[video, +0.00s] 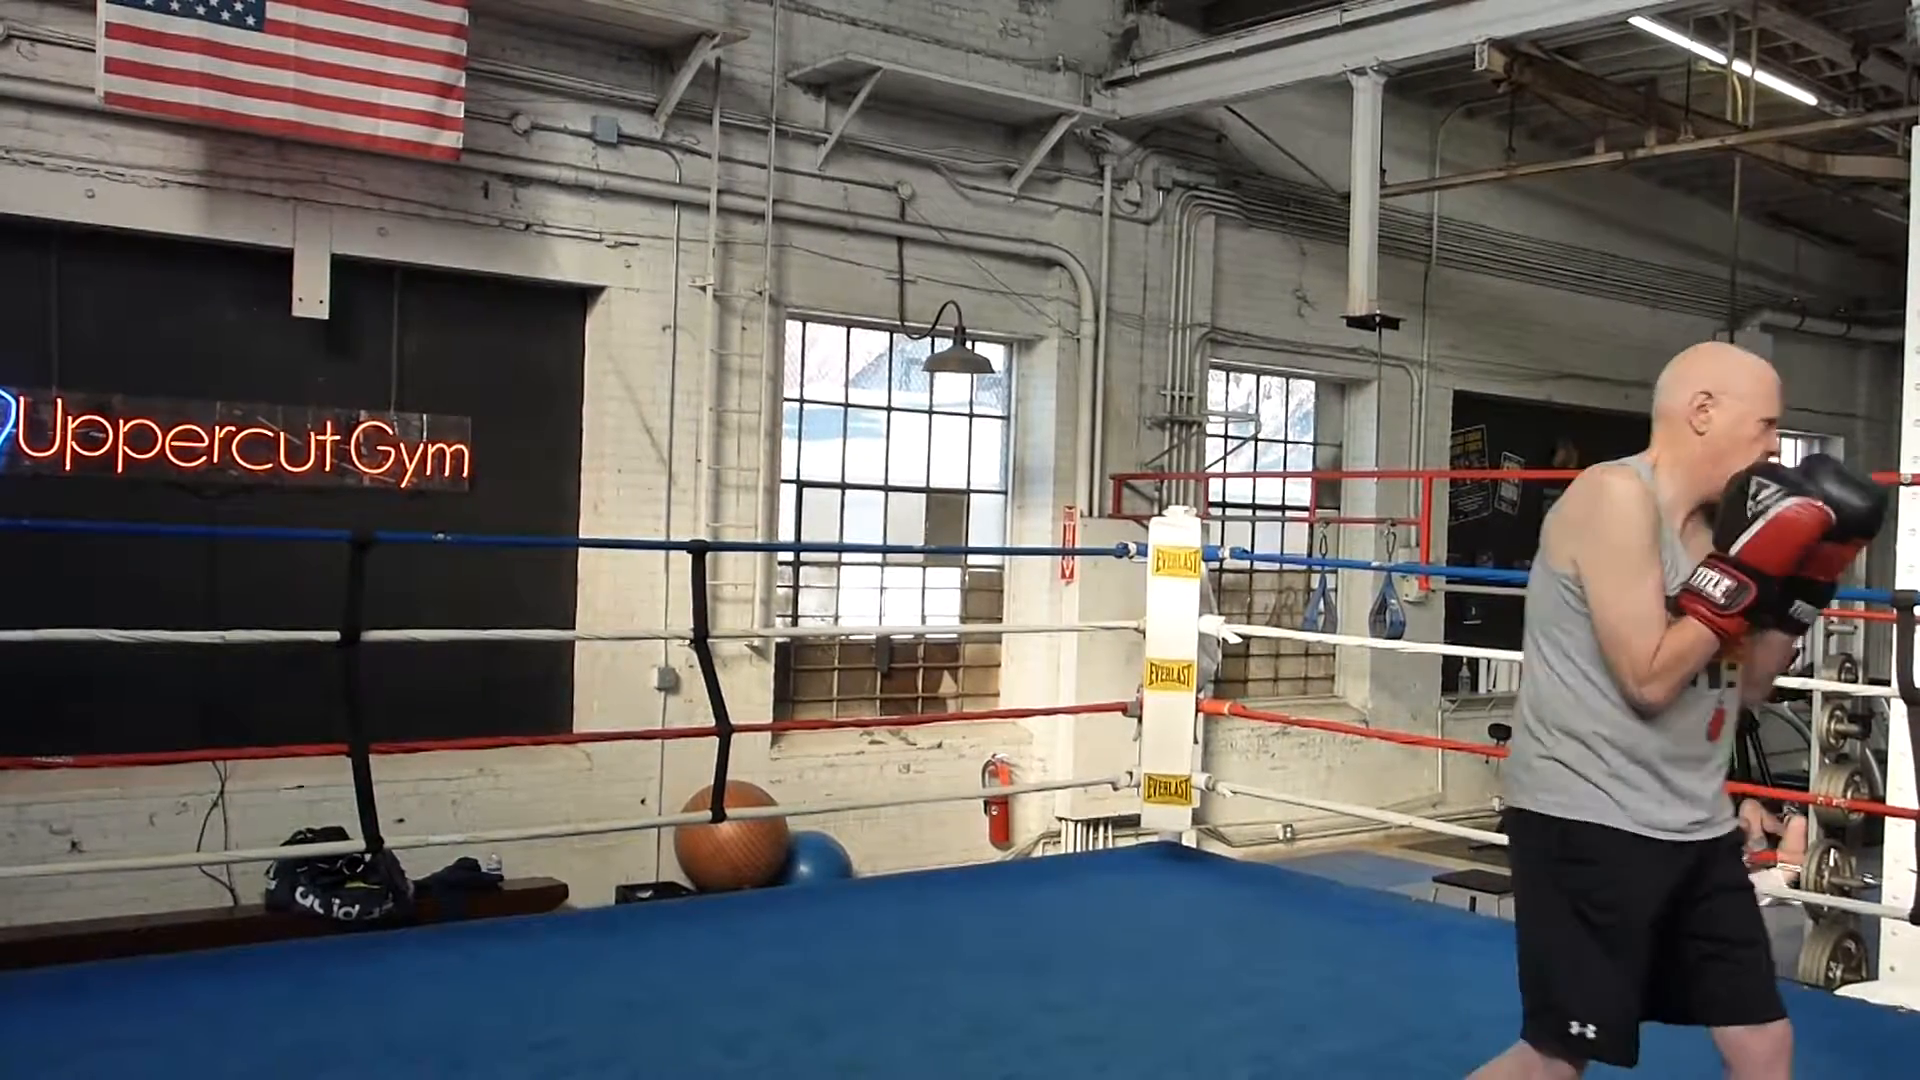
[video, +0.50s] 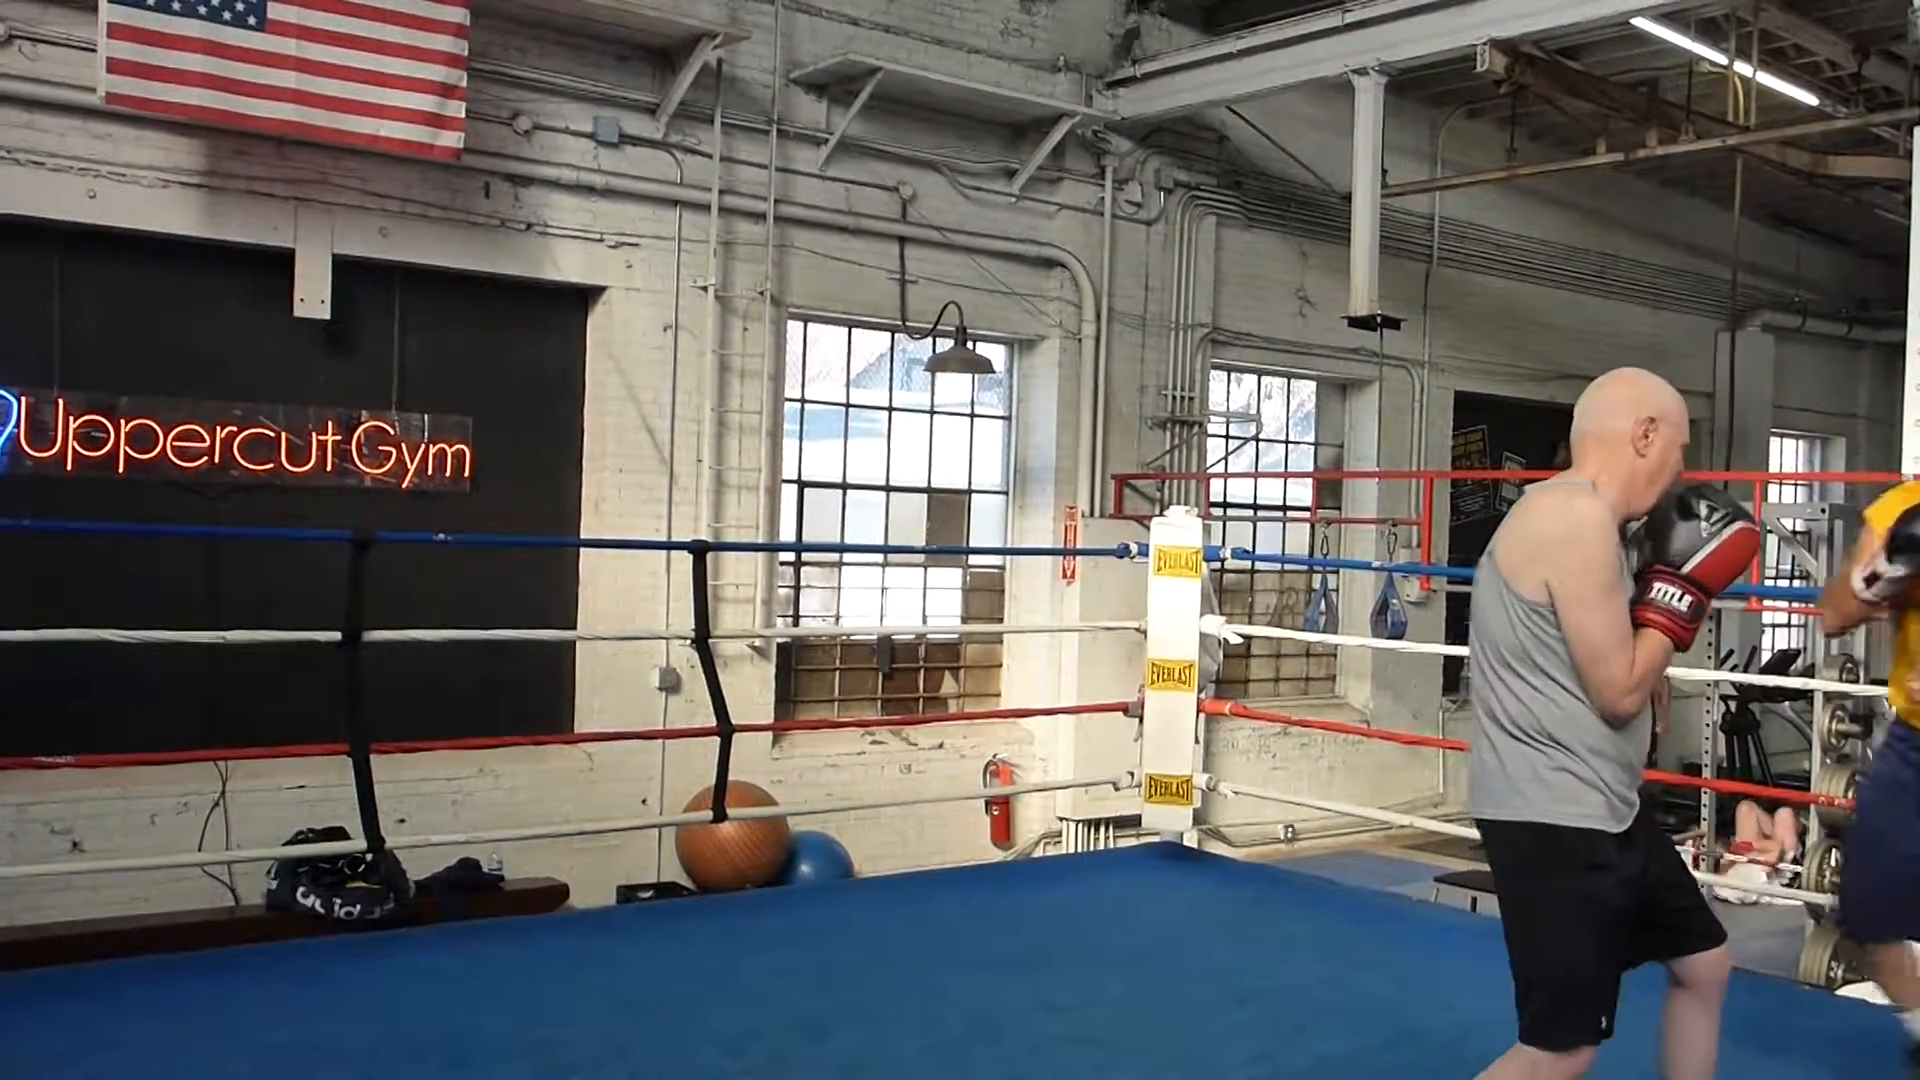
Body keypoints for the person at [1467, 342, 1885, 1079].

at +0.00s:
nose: (1775, 450)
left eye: (1778, 431)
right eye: (1766, 426)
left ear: (1702, 415)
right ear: (1701, 411)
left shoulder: (1706, 530)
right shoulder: (1612, 496)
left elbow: (1750, 681)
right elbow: (1649, 680)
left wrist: (1809, 580)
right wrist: (1749, 570)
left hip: (1697, 827)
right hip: (1584, 820)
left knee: (1761, 1045)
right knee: (1555, 1057)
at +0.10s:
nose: (1739, 466)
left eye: (1741, 447)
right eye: (1731, 441)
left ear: (1672, 426)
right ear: (1675, 422)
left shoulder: (1659, 538)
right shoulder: (1593, 508)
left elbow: (1702, 682)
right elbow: (1635, 690)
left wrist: (1752, 581)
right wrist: (1720, 581)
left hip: (1660, 831)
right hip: (1565, 827)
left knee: (1743, 1038)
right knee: (1535, 1058)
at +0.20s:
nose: (1707, 474)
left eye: (1710, 457)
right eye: (1702, 450)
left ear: (1644, 433)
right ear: (1652, 431)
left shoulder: (1619, 536)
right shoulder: (1577, 519)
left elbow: (1632, 678)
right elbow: (1617, 697)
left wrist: (1701, 577)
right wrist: (1698, 595)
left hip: (1617, 823)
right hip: (1543, 825)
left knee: (1734, 1012)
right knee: (1544, 1055)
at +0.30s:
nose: (1683, 476)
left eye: (1687, 459)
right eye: (1681, 453)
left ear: (1619, 434)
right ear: (1636, 434)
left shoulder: (1565, 518)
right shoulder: (1566, 520)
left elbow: (1604, 683)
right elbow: (1606, 700)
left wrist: (1663, 575)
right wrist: (1682, 595)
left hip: (1597, 819)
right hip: (1539, 826)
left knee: (1727, 982)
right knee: (1548, 1061)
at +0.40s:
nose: (1672, 476)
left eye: (1677, 458)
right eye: (1673, 453)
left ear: (1607, 434)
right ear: (1632, 435)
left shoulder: (1549, 512)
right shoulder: (1567, 518)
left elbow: (1604, 682)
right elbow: (1608, 698)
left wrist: (1660, 577)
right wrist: (1677, 591)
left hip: (1594, 813)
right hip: (1542, 821)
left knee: (1722, 968)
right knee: (1557, 1056)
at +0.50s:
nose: (1678, 473)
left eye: (1683, 454)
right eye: (1679, 450)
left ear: (1602, 433)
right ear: (1642, 435)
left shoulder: (1555, 509)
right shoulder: (1575, 515)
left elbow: (1608, 680)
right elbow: (1620, 693)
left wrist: (1659, 583)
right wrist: (1685, 593)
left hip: (1602, 810)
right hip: (1549, 817)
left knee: (1704, 965)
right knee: (1558, 1050)